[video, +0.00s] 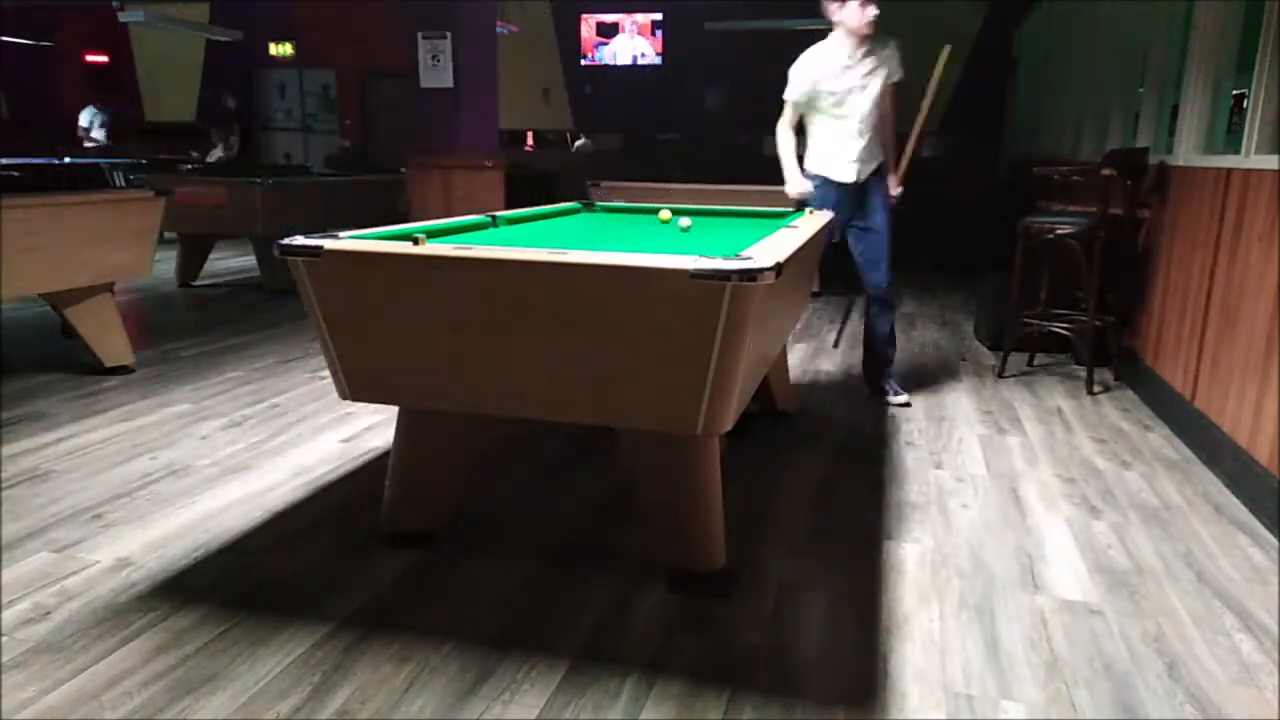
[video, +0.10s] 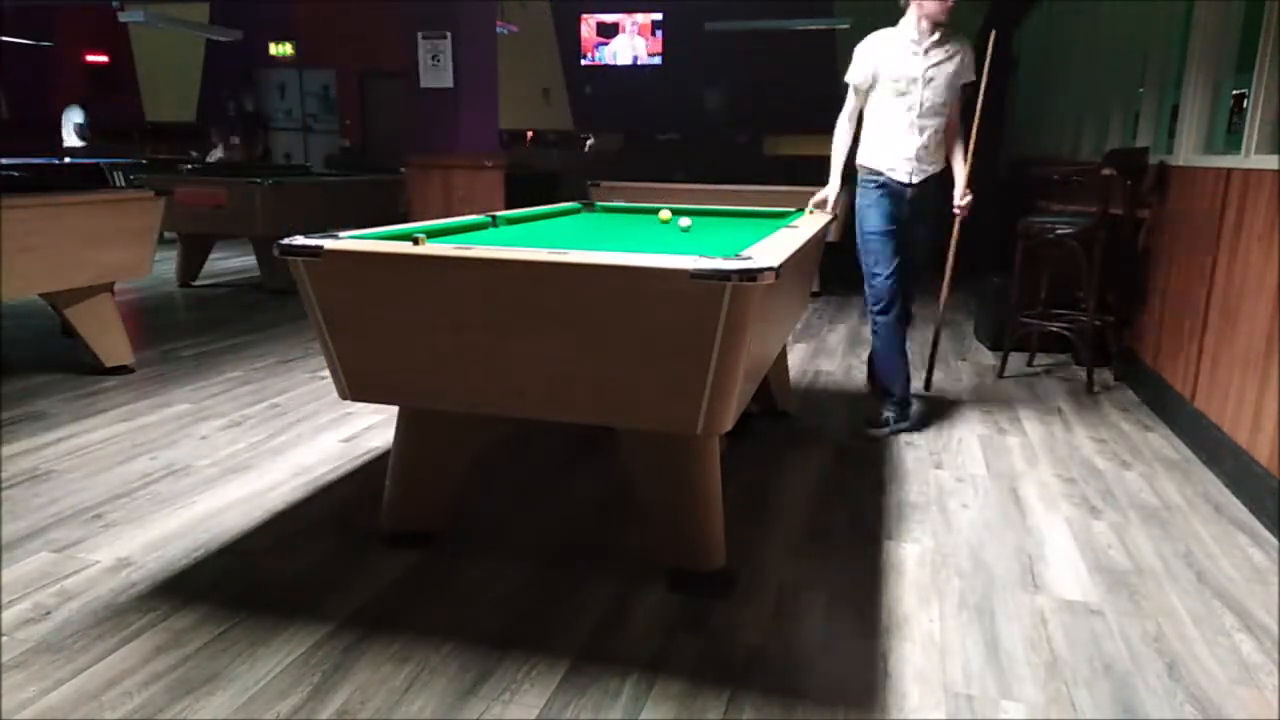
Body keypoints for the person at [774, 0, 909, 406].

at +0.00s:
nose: (872, 10)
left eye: (872, 3)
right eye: (861, 4)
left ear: (873, 9)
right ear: (834, 12)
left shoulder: (886, 55)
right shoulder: (812, 63)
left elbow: (886, 115)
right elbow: (785, 125)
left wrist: (890, 170)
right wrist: (792, 177)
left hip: (870, 185)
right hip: (822, 186)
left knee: (880, 286)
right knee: (796, 283)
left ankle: (881, 377)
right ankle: (760, 376)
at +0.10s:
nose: (947, 3)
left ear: (949, 7)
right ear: (915, 2)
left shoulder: (958, 54)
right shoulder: (875, 47)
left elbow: (954, 123)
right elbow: (848, 116)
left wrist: (961, 179)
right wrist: (834, 182)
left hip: (929, 188)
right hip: (877, 183)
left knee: (905, 291)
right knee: (883, 293)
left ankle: (880, 372)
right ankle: (897, 401)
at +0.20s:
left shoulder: (964, 20)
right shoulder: (889, 36)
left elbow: (987, 111)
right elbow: (879, 122)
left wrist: (953, 182)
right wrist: (836, 187)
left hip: (930, 189)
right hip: (885, 187)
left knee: (917, 318)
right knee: (881, 315)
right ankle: (901, 409)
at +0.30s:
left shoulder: (957, 11)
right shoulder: (945, 14)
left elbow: (969, 106)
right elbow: (946, 106)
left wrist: (900, 177)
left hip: (937, 186)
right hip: (915, 183)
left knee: (925, 326)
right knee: (890, 319)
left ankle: (929, 456)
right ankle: (908, 434)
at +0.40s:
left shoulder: (957, 11)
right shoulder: (955, 13)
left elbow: (921, 105)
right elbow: (927, 98)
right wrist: (883, 55)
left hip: (933, 181)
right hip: (910, 180)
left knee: (926, 325)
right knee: (895, 319)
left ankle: (930, 455)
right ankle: (908, 436)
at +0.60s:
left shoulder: (952, 8)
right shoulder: (937, 16)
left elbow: (949, 100)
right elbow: (926, 111)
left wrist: (875, 95)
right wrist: (860, 123)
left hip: (927, 178)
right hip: (904, 176)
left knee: (918, 323)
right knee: (892, 318)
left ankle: (929, 455)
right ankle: (909, 438)